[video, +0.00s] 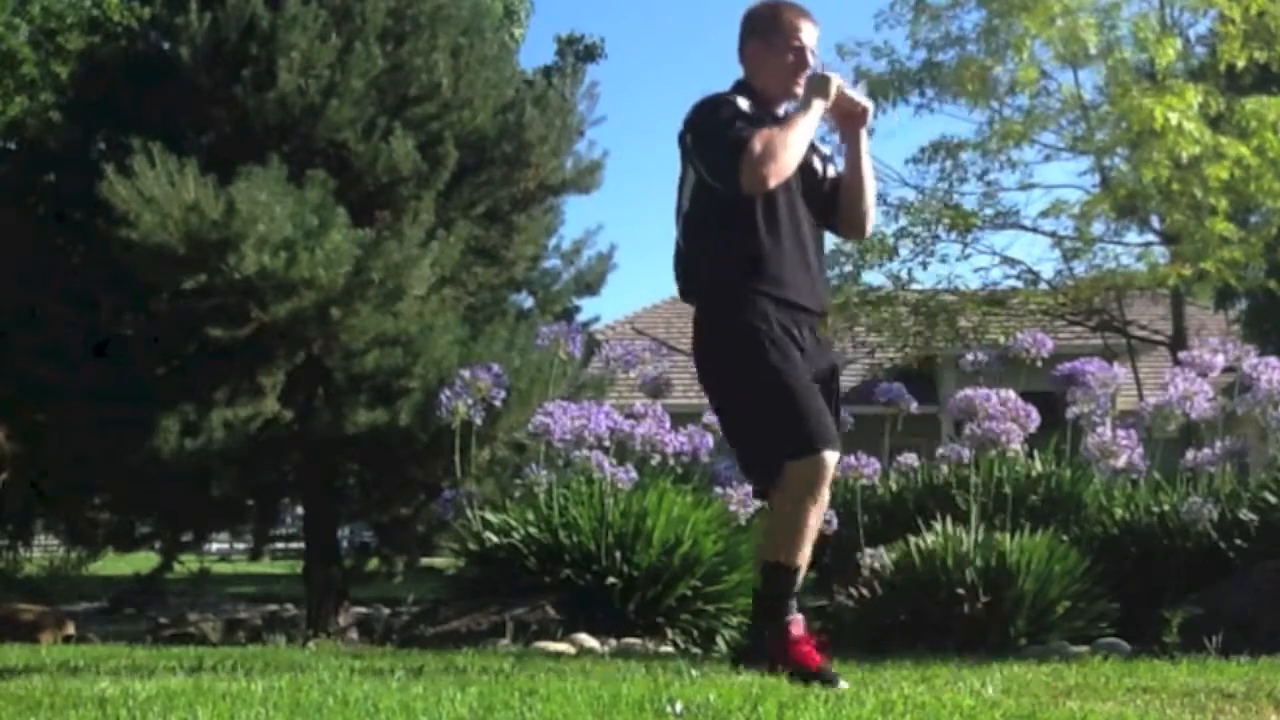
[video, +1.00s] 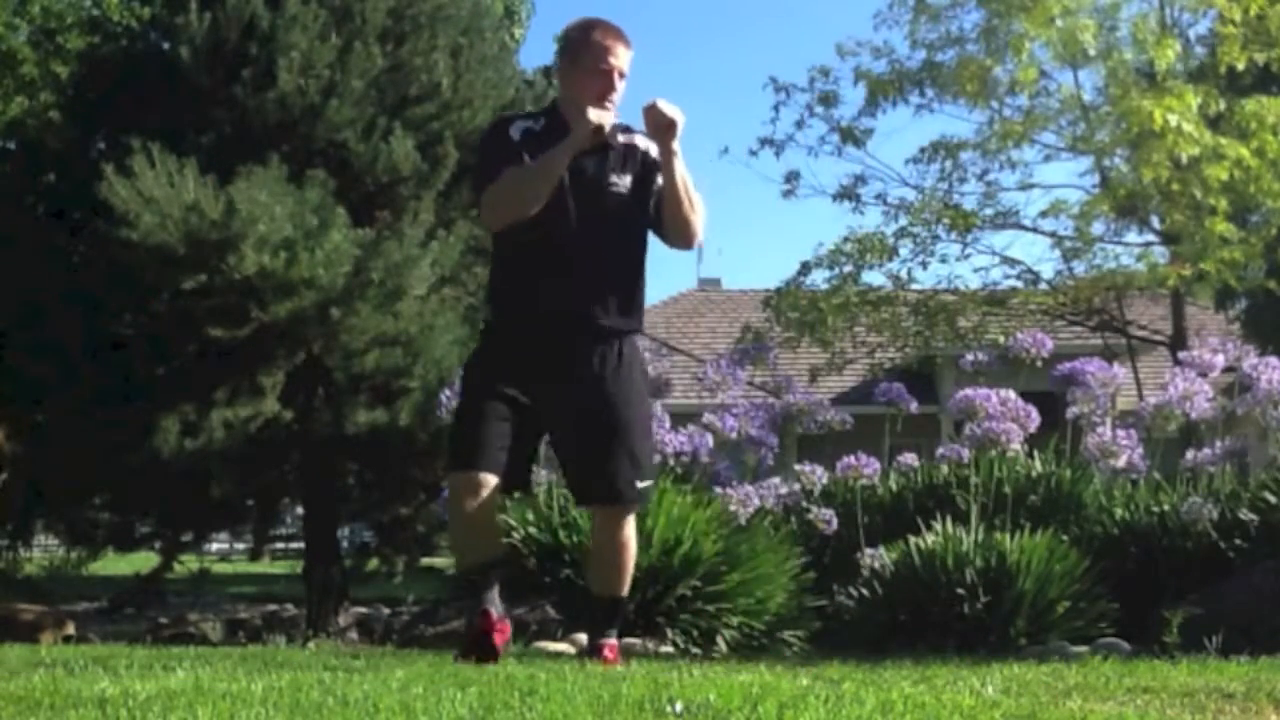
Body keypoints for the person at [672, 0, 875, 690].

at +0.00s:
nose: (806, 60)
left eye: (810, 50)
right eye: (791, 48)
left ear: (813, 61)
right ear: (750, 51)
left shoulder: (801, 135)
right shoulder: (715, 115)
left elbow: (854, 222)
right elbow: (760, 170)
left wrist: (856, 137)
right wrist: (814, 107)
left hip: (801, 326)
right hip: (743, 320)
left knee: (799, 482)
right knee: (814, 456)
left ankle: (770, 636)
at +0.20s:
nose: (742, 79)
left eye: (748, 68)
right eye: (731, 65)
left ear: (746, 74)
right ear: (687, 61)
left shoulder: (742, 150)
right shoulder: (647, 127)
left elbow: (799, 225)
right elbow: (692, 185)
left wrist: (795, 140)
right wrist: (744, 117)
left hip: (754, 335)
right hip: (681, 332)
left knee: (770, 494)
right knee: (673, 491)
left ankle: (756, 645)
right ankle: (565, 602)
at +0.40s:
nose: (665, 99)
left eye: (672, 89)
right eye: (652, 84)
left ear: (678, 96)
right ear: (611, 81)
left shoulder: (673, 167)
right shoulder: (573, 151)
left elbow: (727, 247)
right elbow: (615, 225)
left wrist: (727, 171)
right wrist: (674, 154)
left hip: (671, 356)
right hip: (585, 358)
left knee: (733, 493)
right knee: (551, 509)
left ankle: (750, 645)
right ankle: (500, 634)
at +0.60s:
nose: (630, 77)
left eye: (637, 68)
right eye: (617, 64)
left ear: (644, 76)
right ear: (576, 62)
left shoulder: (650, 151)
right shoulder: (529, 136)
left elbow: (696, 231)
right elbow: (549, 209)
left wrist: (687, 153)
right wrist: (611, 140)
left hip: (637, 346)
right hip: (547, 347)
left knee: (691, 469)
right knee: (523, 501)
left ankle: (667, 625)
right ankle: (495, 636)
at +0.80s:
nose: (624, 77)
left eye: (632, 69)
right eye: (613, 64)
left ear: (638, 78)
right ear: (574, 61)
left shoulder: (654, 151)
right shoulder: (525, 135)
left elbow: (707, 231)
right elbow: (508, 204)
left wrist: (694, 155)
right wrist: (583, 138)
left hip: (625, 341)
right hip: (536, 337)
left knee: (623, 493)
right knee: (515, 490)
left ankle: (608, 633)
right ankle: (516, 630)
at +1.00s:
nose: (611, 77)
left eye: (620, 69)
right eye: (598, 64)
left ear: (627, 79)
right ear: (562, 68)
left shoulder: (641, 155)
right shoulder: (514, 136)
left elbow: (685, 235)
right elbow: (495, 213)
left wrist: (670, 151)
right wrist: (571, 146)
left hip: (605, 348)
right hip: (515, 342)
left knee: (614, 502)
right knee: (471, 483)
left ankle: (605, 641)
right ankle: (487, 619)